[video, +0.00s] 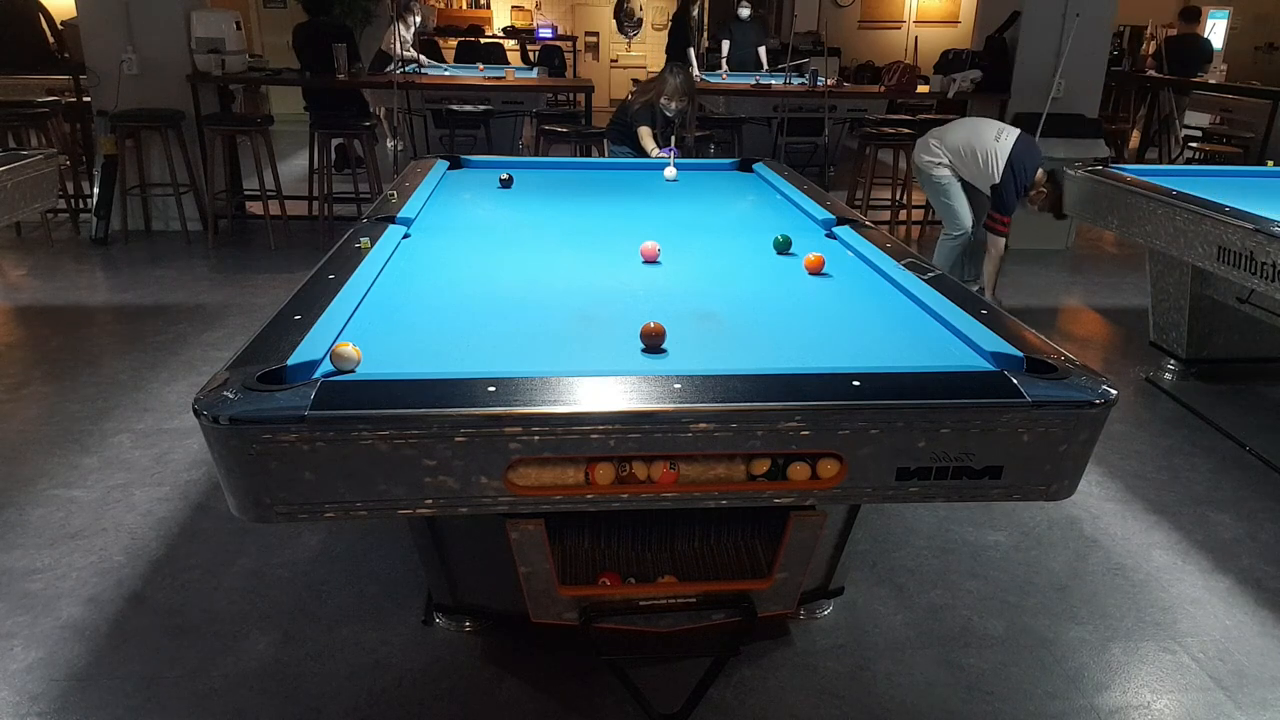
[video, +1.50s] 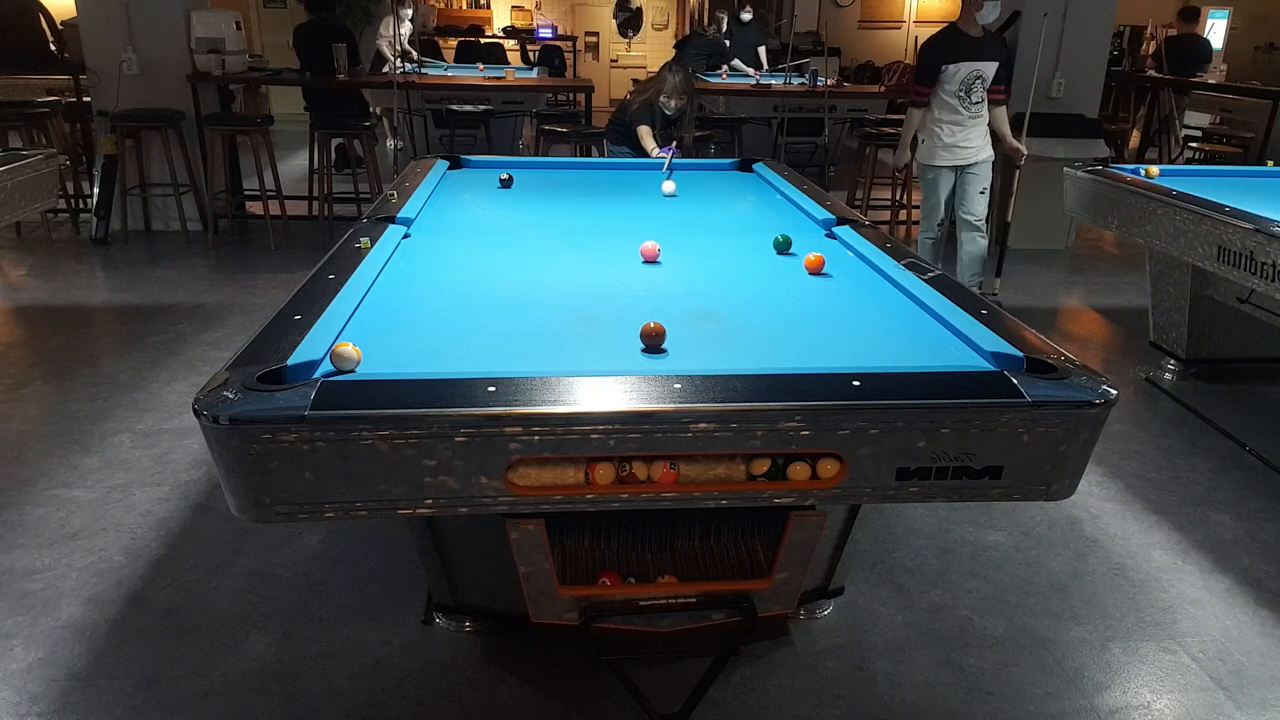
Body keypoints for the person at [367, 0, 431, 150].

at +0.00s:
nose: (416, 18)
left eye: (417, 14)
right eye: (413, 15)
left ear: (419, 16)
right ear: (404, 15)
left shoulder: (410, 29)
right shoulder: (395, 29)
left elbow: (407, 48)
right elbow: (396, 53)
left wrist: (419, 57)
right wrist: (417, 57)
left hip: (394, 70)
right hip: (379, 73)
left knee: (395, 106)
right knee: (386, 108)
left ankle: (397, 136)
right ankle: (390, 139)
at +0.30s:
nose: (412, 16)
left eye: (414, 12)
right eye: (408, 12)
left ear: (416, 13)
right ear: (401, 11)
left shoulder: (411, 26)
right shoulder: (391, 25)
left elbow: (406, 43)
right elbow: (382, 46)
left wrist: (413, 52)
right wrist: (401, 58)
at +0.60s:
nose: (410, 13)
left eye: (411, 10)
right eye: (407, 10)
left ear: (413, 11)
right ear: (399, 11)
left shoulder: (410, 26)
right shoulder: (390, 22)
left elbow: (403, 42)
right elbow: (380, 43)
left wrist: (413, 51)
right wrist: (393, 60)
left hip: (397, 64)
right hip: (382, 66)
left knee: (396, 103)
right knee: (385, 106)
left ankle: (395, 136)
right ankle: (390, 138)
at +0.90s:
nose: (409, 13)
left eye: (411, 9)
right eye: (405, 9)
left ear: (413, 10)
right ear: (398, 10)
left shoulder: (409, 26)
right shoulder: (390, 21)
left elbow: (403, 43)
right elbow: (380, 42)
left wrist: (412, 52)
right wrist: (393, 60)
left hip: (397, 64)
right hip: (382, 64)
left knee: (396, 103)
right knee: (384, 105)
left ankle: (395, 136)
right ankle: (390, 138)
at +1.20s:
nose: (409, 12)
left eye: (411, 9)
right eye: (406, 9)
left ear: (413, 10)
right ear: (398, 9)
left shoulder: (409, 26)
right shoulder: (389, 21)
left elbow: (404, 43)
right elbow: (380, 43)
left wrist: (413, 53)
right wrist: (393, 60)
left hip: (397, 65)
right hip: (382, 65)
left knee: (395, 102)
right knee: (385, 104)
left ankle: (396, 135)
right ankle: (390, 138)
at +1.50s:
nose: (408, 12)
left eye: (410, 9)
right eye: (405, 9)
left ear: (412, 10)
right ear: (397, 9)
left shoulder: (408, 26)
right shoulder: (389, 21)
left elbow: (402, 42)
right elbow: (380, 43)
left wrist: (413, 52)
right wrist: (392, 60)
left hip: (396, 65)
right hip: (381, 66)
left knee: (395, 104)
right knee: (385, 105)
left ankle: (395, 136)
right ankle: (390, 138)